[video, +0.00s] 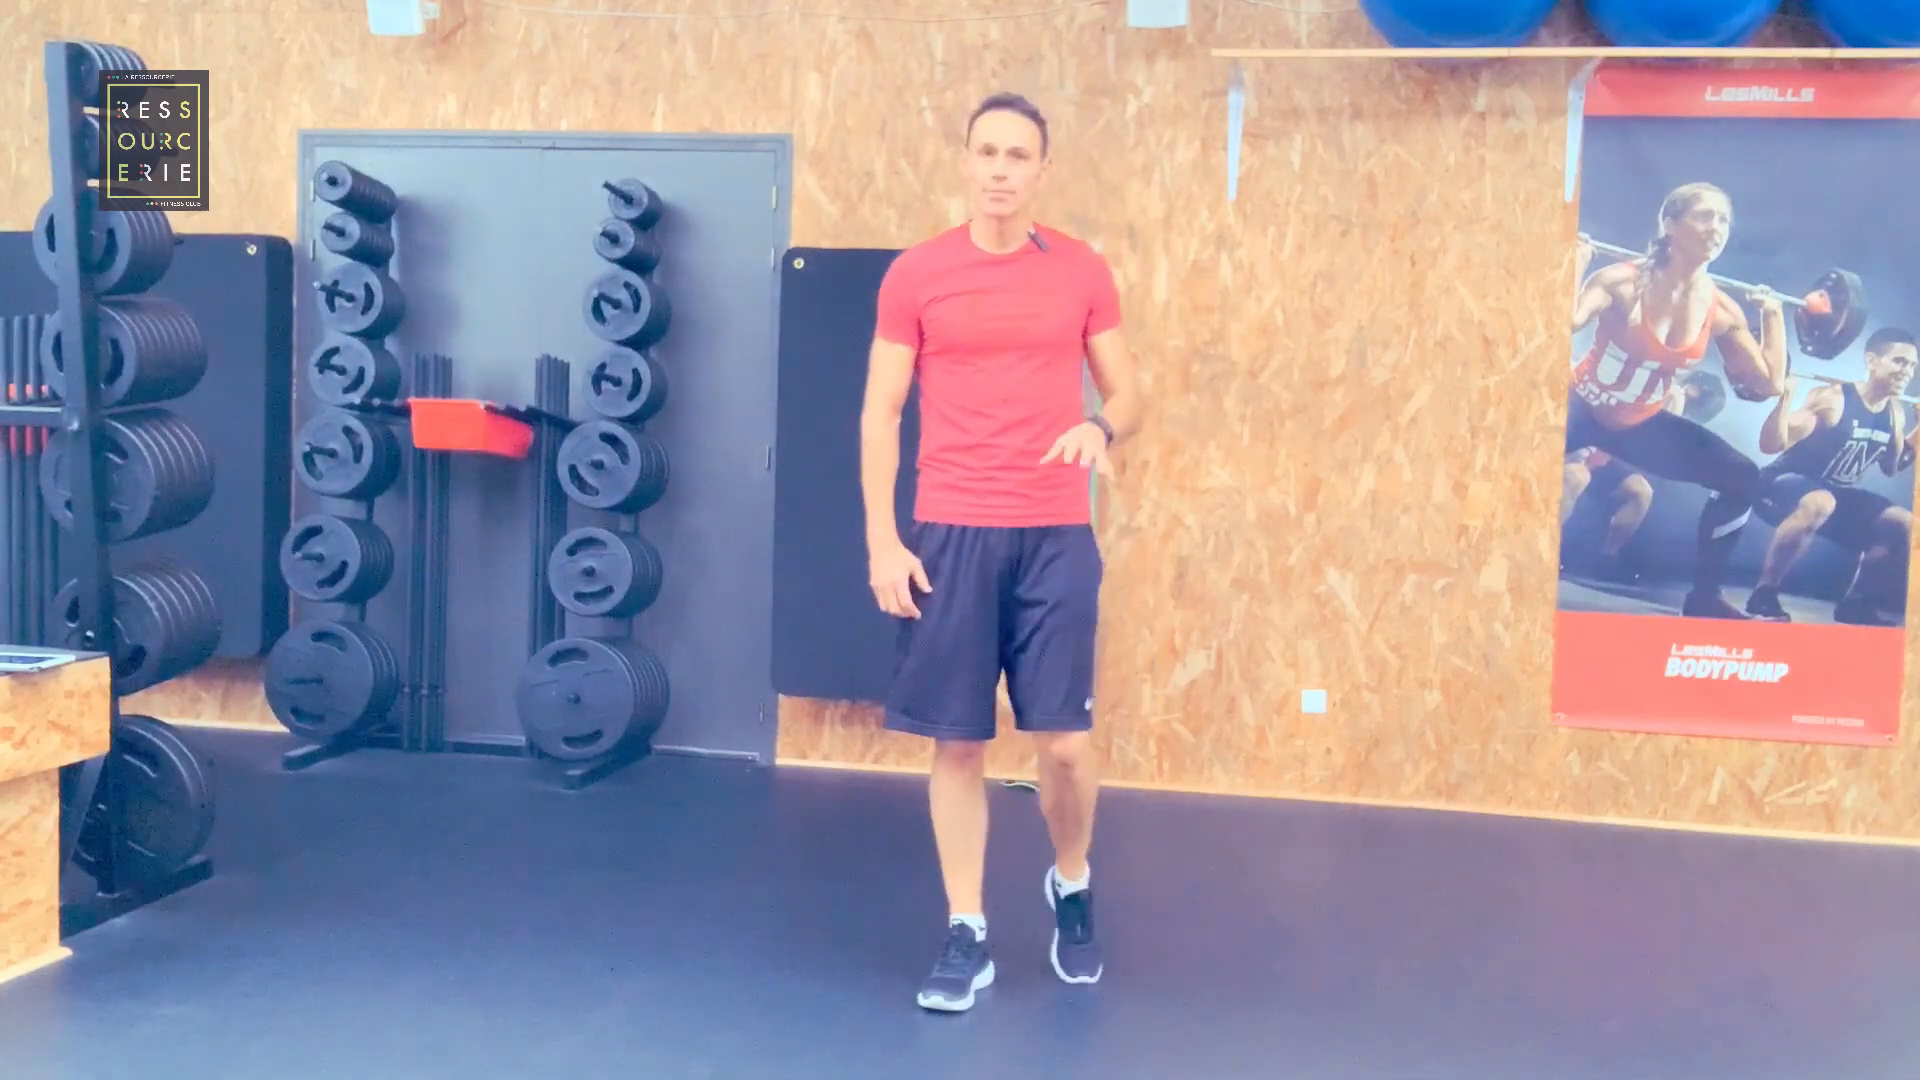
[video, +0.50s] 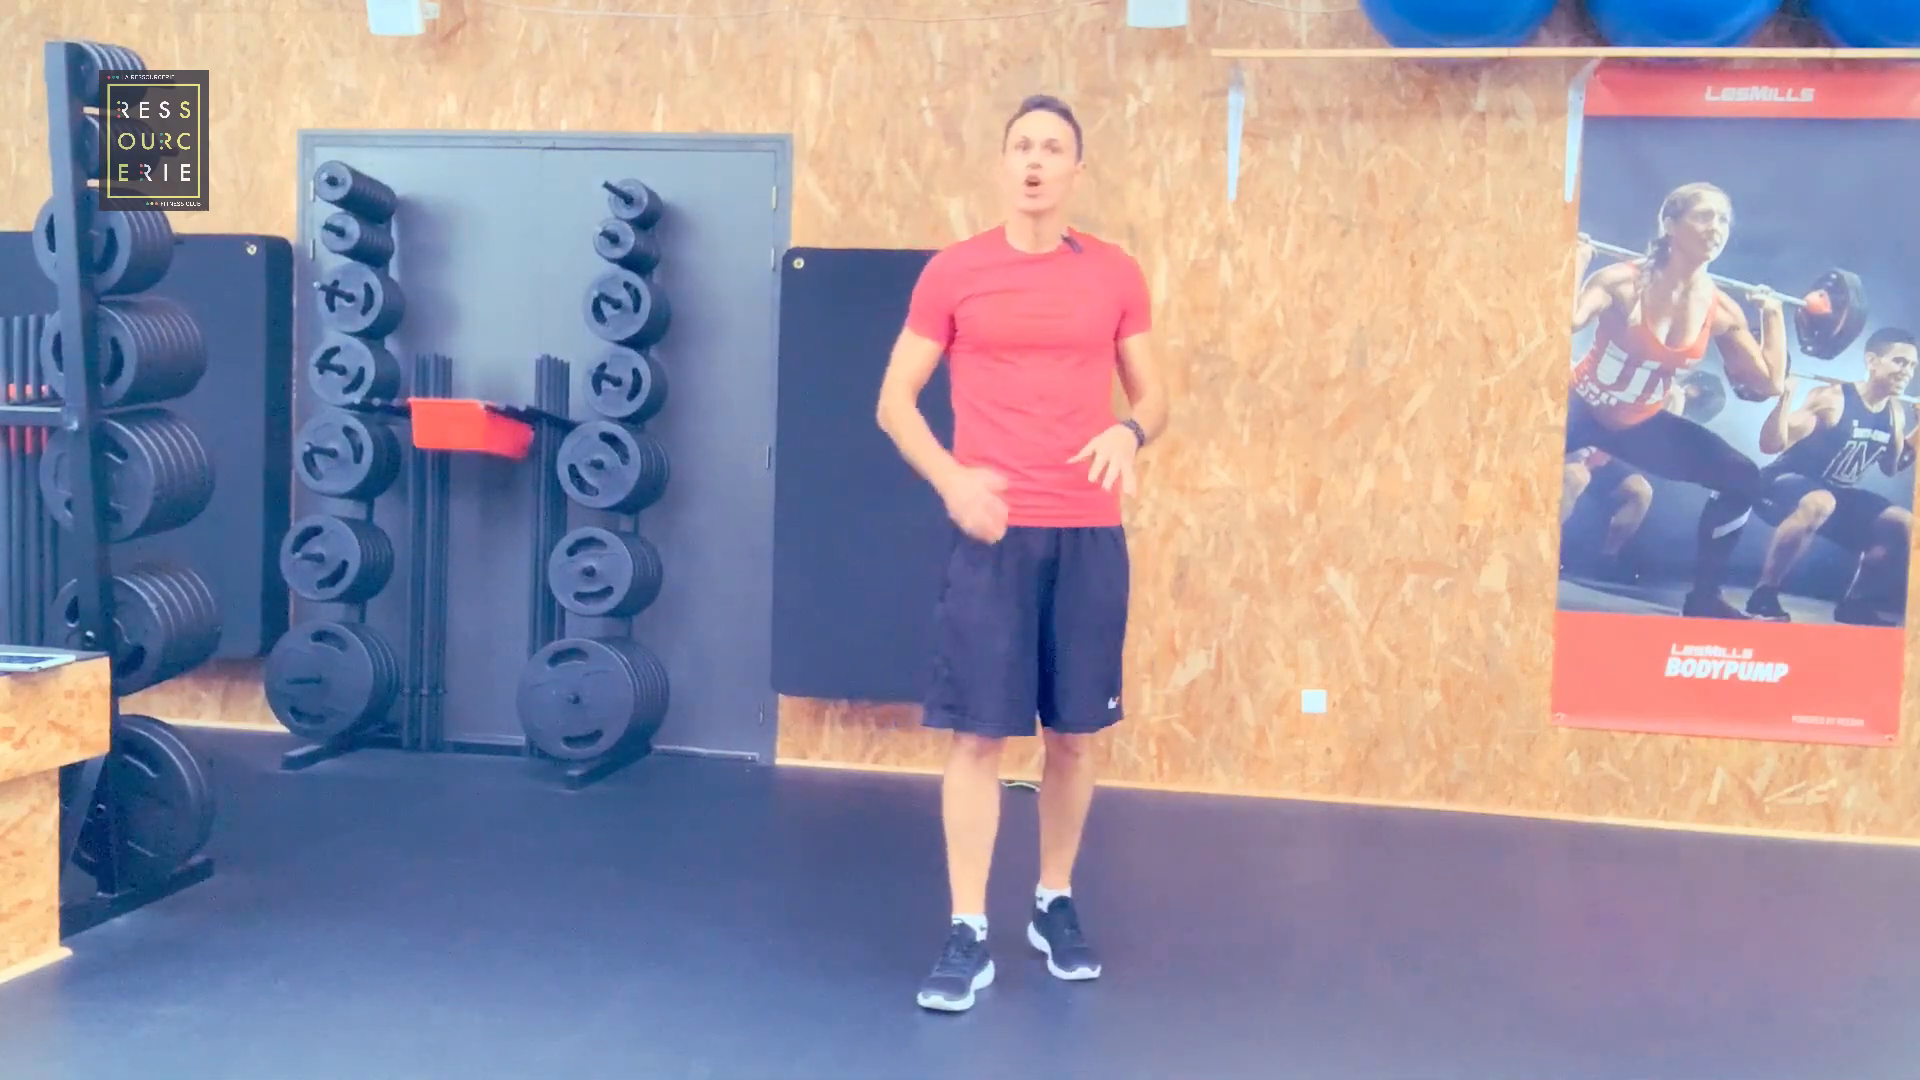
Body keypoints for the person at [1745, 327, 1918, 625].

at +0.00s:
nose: (1906, 371)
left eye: (1911, 365)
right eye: (1899, 361)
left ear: (1913, 371)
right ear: (1872, 361)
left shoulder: (1894, 411)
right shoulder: (1831, 397)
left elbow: (1891, 466)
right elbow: (1768, 444)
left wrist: (1914, 437)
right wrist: (1785, 397)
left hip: (1839, 494)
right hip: (1785, 481)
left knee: (1905, 524)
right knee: (1821, 502)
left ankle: (1855, 603)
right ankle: (1764, 595)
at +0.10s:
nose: (1906, 371)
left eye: (1911, 365)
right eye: (1899, 361)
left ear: (1914, 371)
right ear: (1872, 361)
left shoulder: (1894, 412)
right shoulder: (1830, 397)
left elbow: (1891, 466)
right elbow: (1768, 444)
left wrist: (1914, 438)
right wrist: (1784, 397)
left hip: (1839, 495)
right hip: (1786, 481)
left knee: (1905, 524)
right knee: (1821, 502)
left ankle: (1854, 604)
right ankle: (1764, 595)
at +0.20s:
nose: (1906, 371)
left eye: (1911, 365)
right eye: (1899, 361)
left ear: (1913, 371)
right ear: (1872, 361)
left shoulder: (1894, 411)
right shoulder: (1831, 397)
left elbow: (1891, 467)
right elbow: (1769, 444)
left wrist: (1914, 438)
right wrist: (1785, 397)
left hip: (1839, 495)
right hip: (1786, 481)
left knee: (1904, 524)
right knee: (1821, 502)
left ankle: (1854, 604)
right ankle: (1764, 595)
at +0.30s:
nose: (1906, 371)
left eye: (1911, 365)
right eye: (1899, 361)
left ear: (1913, 371)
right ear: (1872, 361)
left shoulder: (1894, 411)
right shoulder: (1831, 397)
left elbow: (1891, 467)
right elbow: (1769, 444)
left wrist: (1914, 438)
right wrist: (1785, 397)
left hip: (1839, 495)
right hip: (1786, 481)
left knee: (1904, 524)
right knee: (1821, 502)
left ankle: (1854, 604)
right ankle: (1764, 595)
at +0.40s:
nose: (1906, 371)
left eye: (1911, 365)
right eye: (1899, 361)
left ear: (1913, 371)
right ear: (1872, 361)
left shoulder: (1894, 411)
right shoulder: (1831, 397)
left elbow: (1891, 467)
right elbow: (1769, 444)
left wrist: (1914, 438)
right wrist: (1785, 397)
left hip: (1839, 495)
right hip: (1786, 481)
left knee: (1905, 524)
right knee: (1821, 502)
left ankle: (1854, 604)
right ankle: (1764, 595)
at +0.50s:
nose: (1906, 371)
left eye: (1911, 365)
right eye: (1899, 361)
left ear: (1913, 371)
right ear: (1872, 361)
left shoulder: (1894, 411)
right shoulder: (1831, 397)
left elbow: (1891, 467)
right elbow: (1769, 444)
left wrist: (1914, 438)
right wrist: (1785, 397)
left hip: (1839, 495)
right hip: (1786, 481)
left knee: (1905, 524)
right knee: (1821, 502)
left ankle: (1854, 604)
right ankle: (1764, 595)